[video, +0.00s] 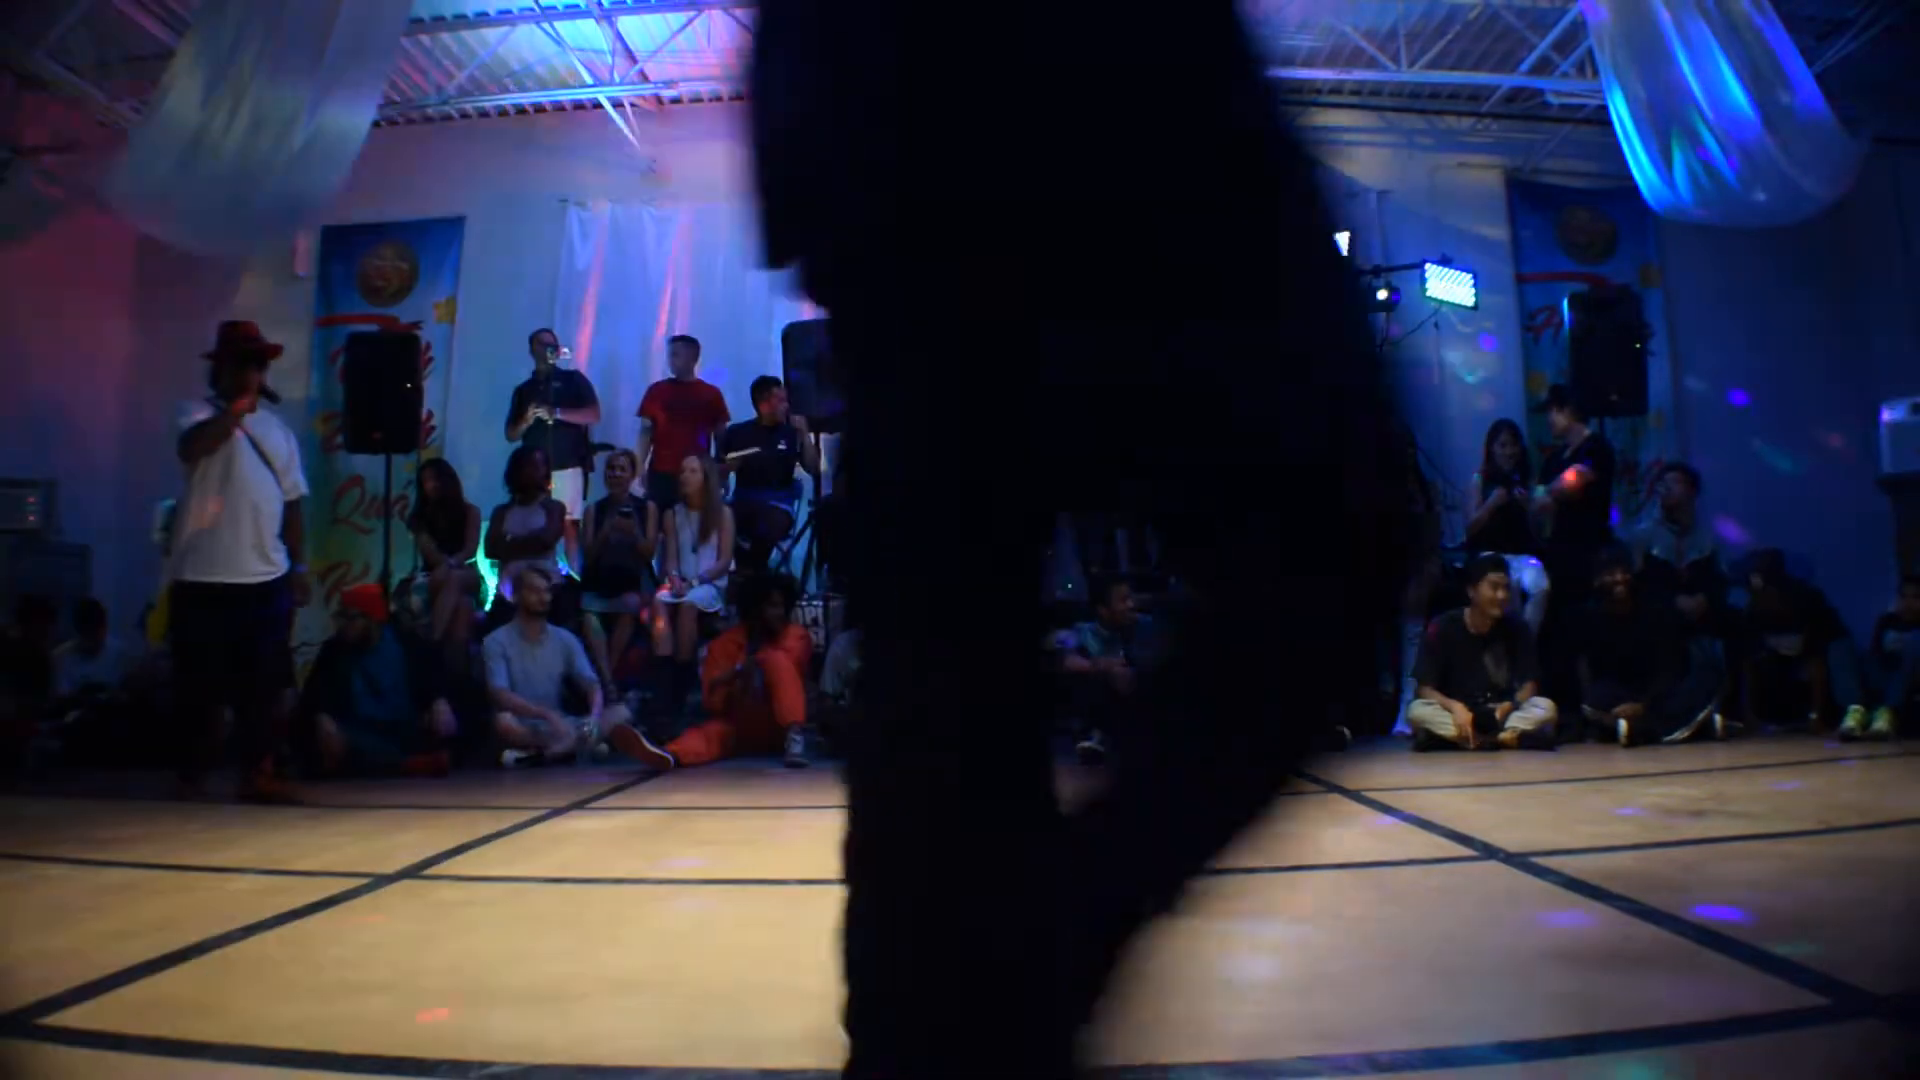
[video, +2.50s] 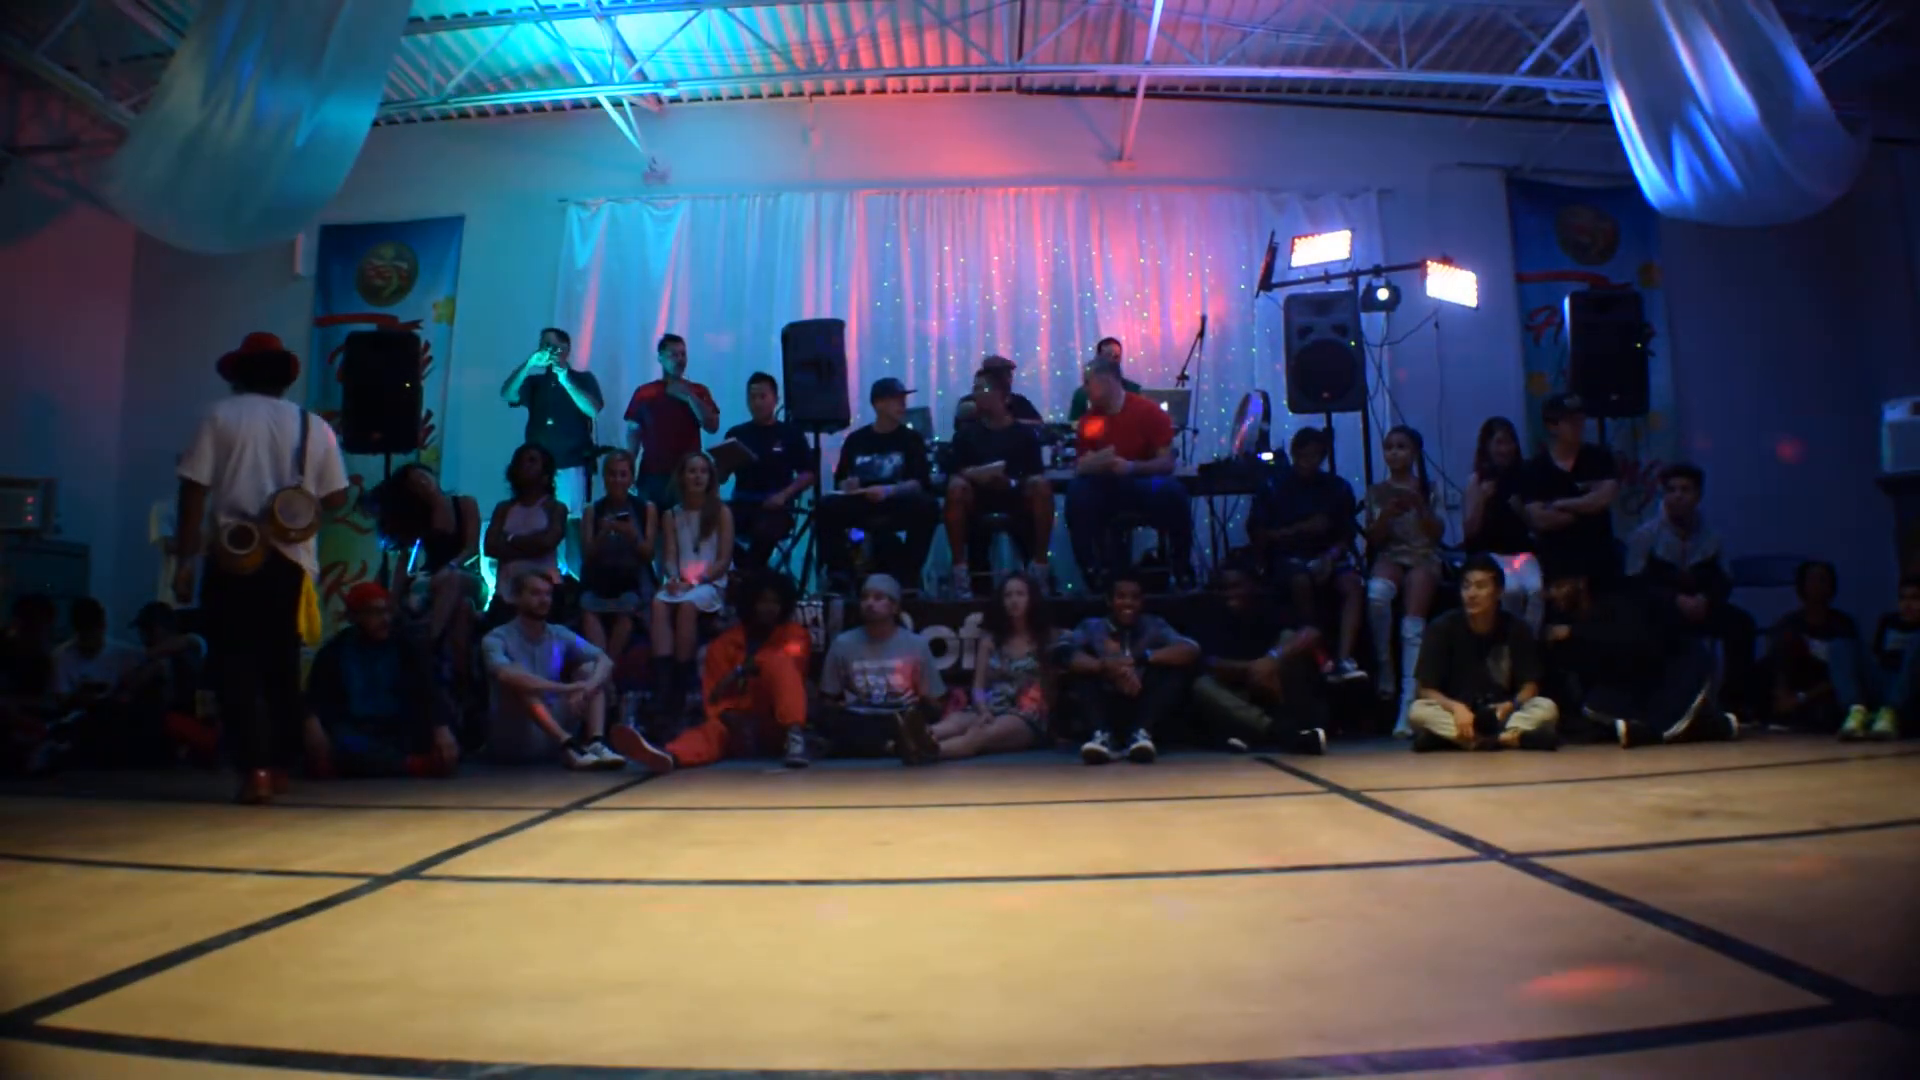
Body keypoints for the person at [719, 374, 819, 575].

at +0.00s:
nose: (786, 406)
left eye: (785, 400)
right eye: (780, 400)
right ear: (762, 404)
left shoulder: (791, 433)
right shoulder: (736, 433)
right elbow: (721, 471)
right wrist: (732, 465)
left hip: (779, 499)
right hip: (745, 498)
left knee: (770, 529)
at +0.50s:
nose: (790, 403)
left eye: (790, 396)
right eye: (783, 396)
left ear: (791, 398)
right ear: (766, 401)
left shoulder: (794, 432)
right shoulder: (740, 431)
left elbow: (809, 475)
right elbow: (717, 469)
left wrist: (799, 479)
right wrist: (734, 461)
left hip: (784, 505)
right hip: (746, 504)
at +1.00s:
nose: (790, 404)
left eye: (790, 398)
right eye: (784, 398)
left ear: (793, 400)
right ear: (768, 403)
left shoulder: (797, 434)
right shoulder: (744, 432)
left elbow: (812, 477)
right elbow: (723, 471)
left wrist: (797, 478)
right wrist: (740, 461)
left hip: (783, 502)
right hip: (748, 498)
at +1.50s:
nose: (788, 402)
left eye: (788, 396)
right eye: (782, 396)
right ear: (764, 402)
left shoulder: (796, 433)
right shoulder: (741, 431)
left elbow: (812, 476)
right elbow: (721, 473)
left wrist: (794, 480)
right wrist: (735, 461)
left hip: (779, 503)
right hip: (745, 499)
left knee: (765, 531)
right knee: (719, 523)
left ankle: (750, 575)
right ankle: (743, 563)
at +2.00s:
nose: (772, 402)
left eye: (776, 396)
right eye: (765, 397)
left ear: (782, 399)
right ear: (754, 401)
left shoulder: (793, 433)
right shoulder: (738, 433)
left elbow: (811, 473)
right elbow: (721, 476)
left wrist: (798, 483)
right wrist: (732, 462)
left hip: (778, 499)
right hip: (745, 498)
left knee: (766, 532)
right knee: (720, 525)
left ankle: (751, 575)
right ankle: (746, 564)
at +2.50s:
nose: (757, 402)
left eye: (763, 396)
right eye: (752, 397)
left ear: (775, 399)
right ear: (747, 401)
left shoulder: (790, 433)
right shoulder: (736, 434)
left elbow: (808, 474)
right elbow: (720, 477)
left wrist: (783, 496)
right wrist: (728, 458)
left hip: (776, 502)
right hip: (743, 502)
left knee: (766, 532)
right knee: (720, 524)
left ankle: (752, 573)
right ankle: (744, 564)